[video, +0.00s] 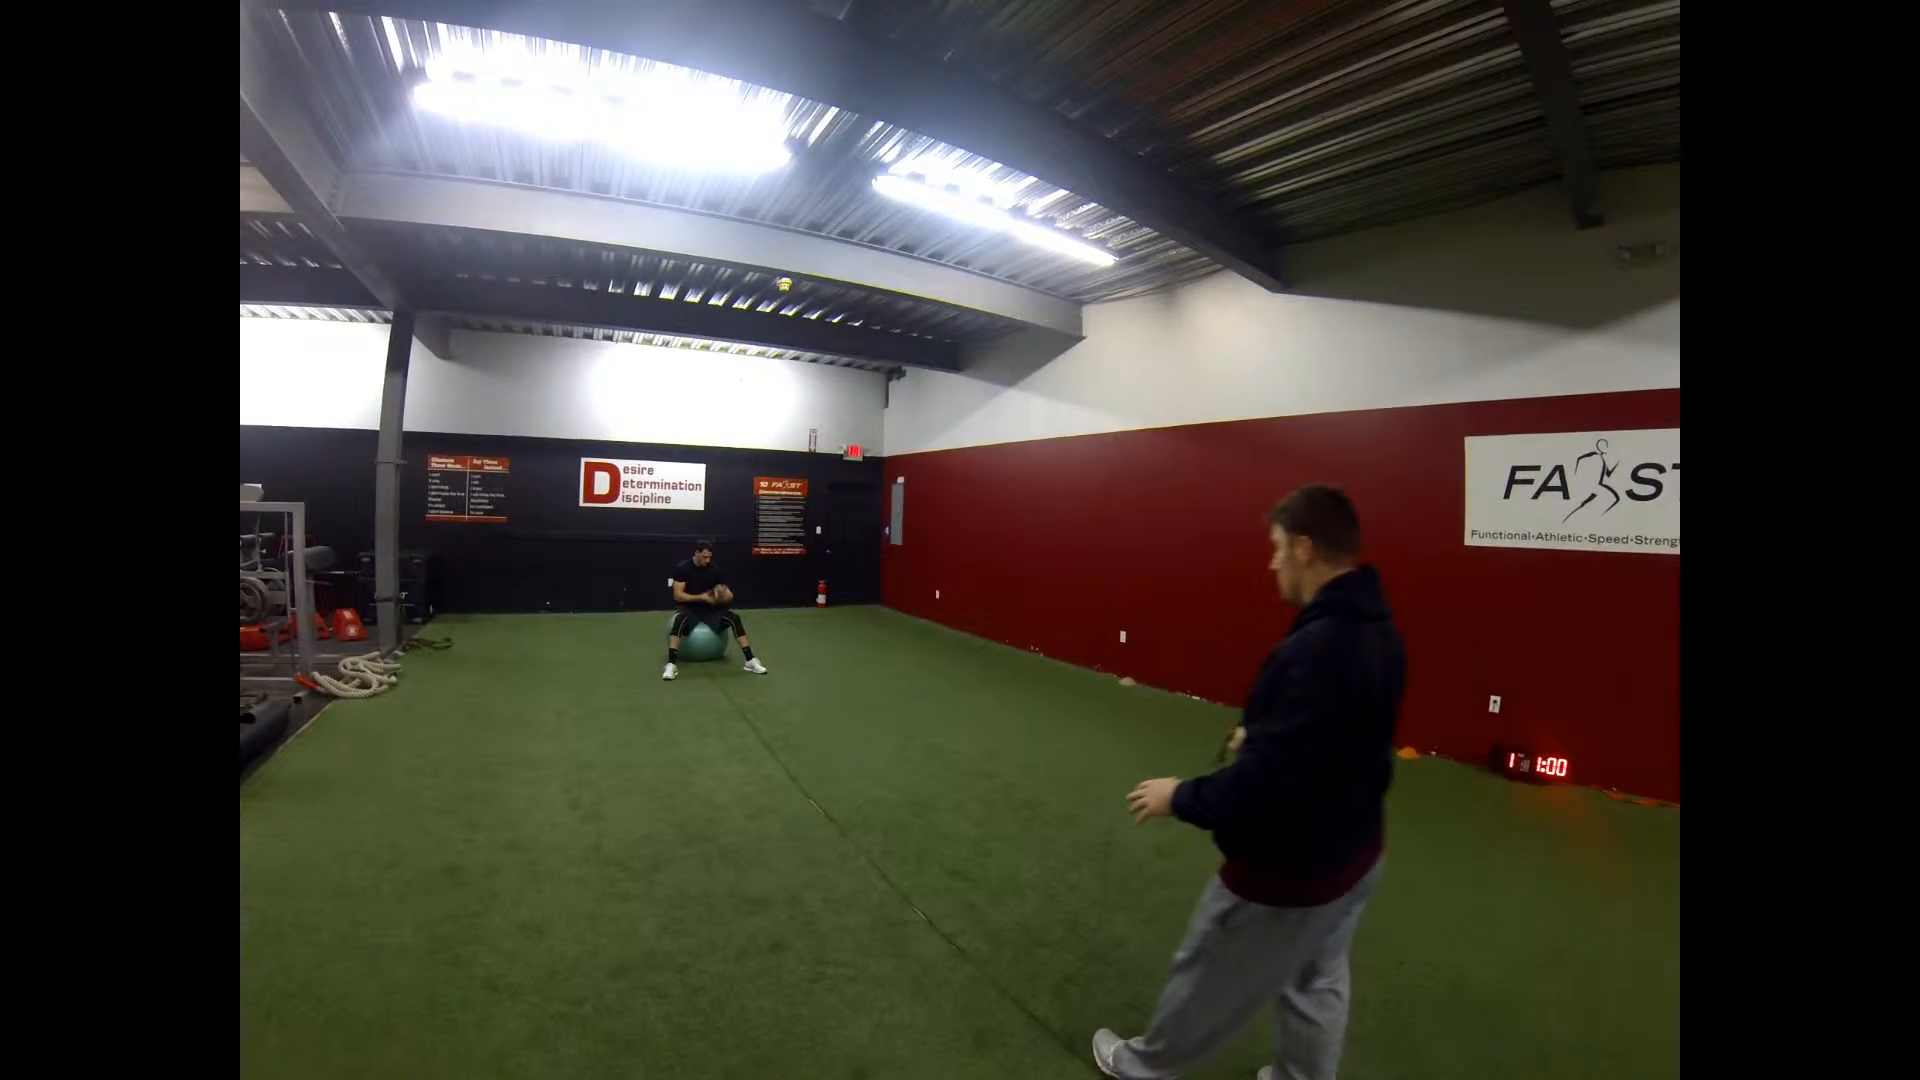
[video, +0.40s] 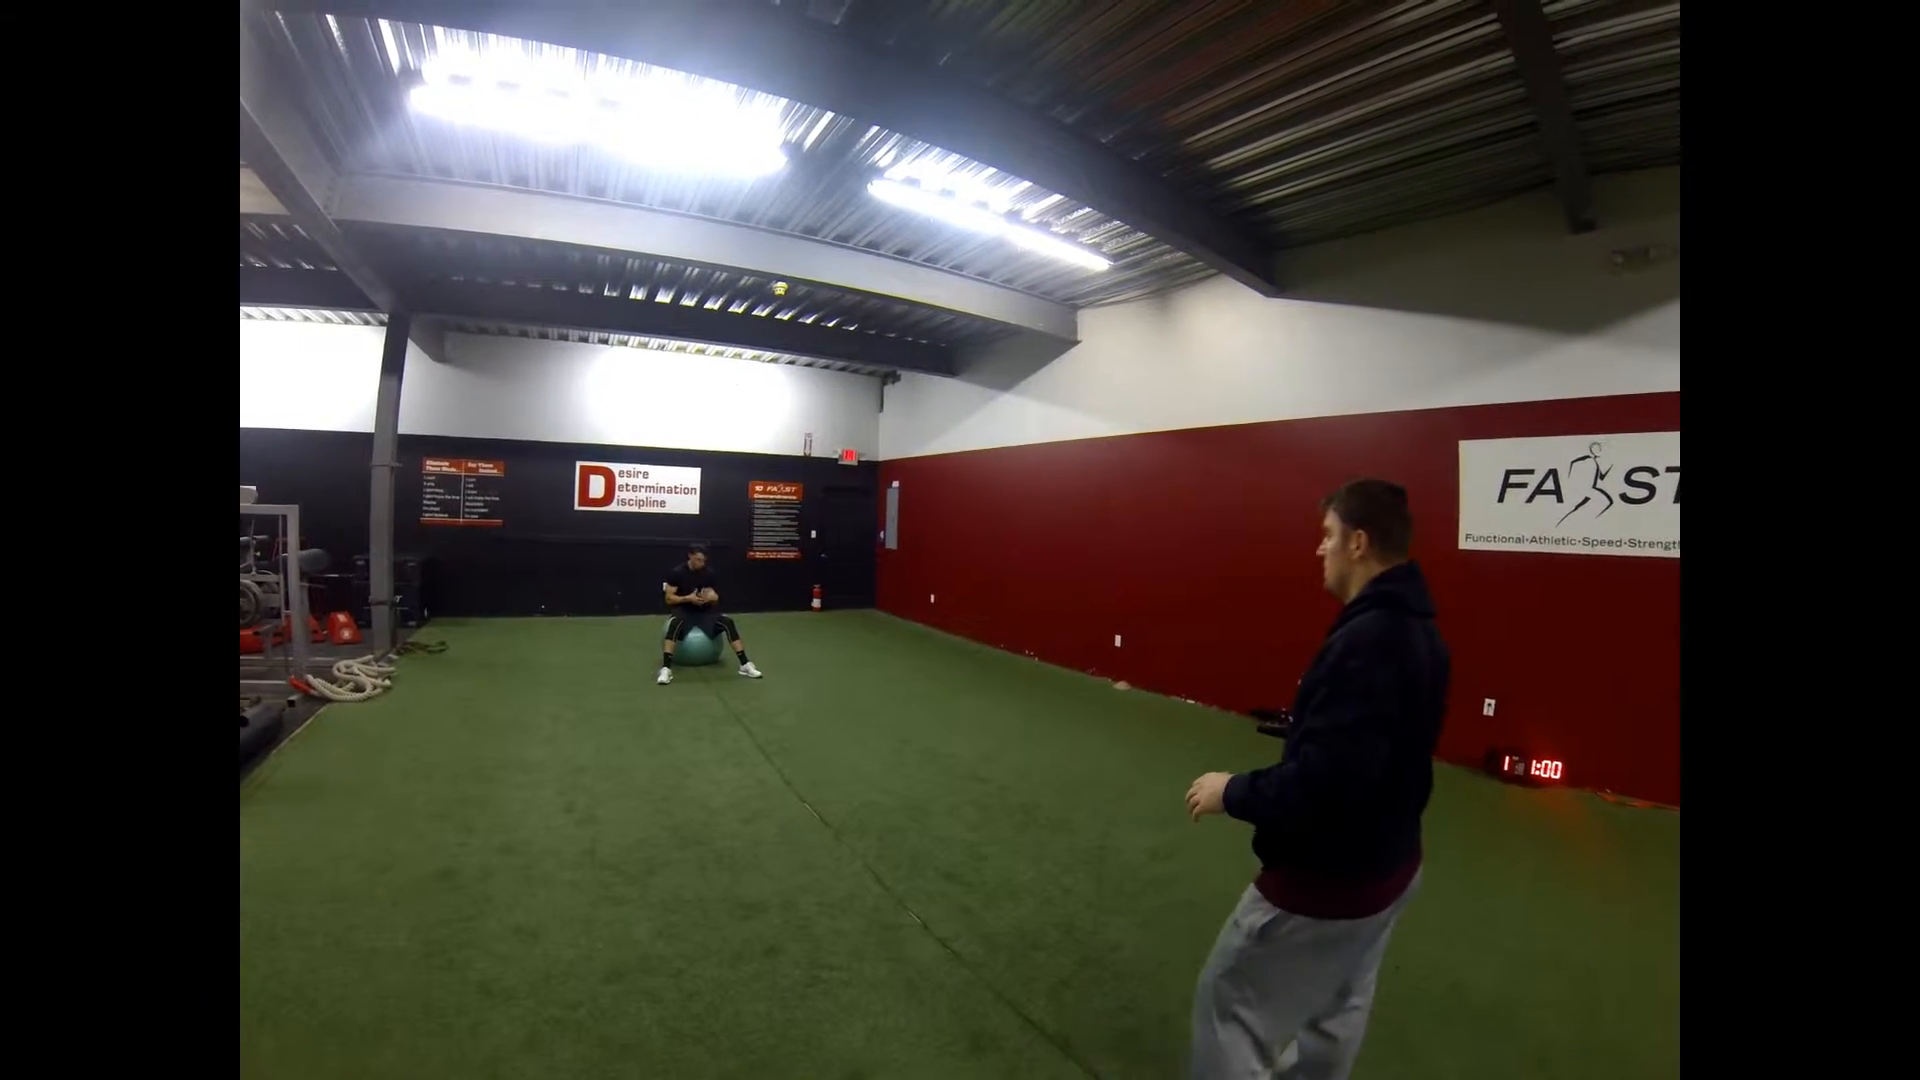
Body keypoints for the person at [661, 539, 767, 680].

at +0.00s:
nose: (707, 561)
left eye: (709, 557)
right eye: (705, 557)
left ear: (712, 556)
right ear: (696, 553)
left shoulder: (714, 569)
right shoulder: (683, 568)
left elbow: (727, 593)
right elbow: (678, 595)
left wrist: (724, 596)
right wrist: (703, 597)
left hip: (711, 607)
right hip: (690, 608)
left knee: (734, 618)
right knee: (679, 620)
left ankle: (750, 660)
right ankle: (671, 664)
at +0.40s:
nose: (700, 563)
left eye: (703, 560)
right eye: (698, 559)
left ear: (705, 560)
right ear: (690, 557)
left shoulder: (708, 573)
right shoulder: (677, 573)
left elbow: (716, 598)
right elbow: (669, 598)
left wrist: (712, 597)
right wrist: (689, 598)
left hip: (704, 612)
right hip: (684, 613)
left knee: (728, 622)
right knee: (674, 623)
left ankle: (745, 664)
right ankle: (666, 668)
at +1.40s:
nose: (694, 543)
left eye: (697, 540)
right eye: (691, 540)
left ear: (702, 543)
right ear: (687, 543)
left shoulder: (711, 564)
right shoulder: (679, 563)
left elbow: (718, 589)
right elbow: (675, 584)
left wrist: (705, 589)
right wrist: (696, 579)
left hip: (708, 607)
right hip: (686, 606)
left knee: (730, 616)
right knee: (677, 617)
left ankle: (744, 660)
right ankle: (666, 663)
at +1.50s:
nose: (695, 547)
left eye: (698, 544)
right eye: (692, 544)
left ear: (702, 547)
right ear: (687, 546)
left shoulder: (710, 568)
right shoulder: (679, 568)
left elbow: (717, 593)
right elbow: (673, 595)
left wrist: (708, 599)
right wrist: (691, 594)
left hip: (707, 608)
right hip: (686, 609)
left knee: (729, 617)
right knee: (676, 618)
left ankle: (743, 660)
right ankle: (664, 663)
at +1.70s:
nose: (695, 553)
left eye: (697, 550)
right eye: (691, 550)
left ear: (701, 553)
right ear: (686, 552)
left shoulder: (708, 572)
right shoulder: (676, 572)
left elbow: (714, 595)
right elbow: (667, 598)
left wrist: (709, 604)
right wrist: (683, 605)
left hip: (703, 613)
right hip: (684, 613)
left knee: (725, 620)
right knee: (673, 621)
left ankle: (742, 663)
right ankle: (663, 666)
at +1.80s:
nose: (693, 553)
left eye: (696, 550)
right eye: (690, 550)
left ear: (699, 553)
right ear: (684, 552)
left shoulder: (705, 572)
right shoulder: (674, 571)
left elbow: (711, 595)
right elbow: (664, 596)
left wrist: (707, 604)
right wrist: (678, 606)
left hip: (699, 612)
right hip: (680, 612)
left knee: (723, 622)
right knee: (671, 622)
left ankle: (740, 664)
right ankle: (661, 667)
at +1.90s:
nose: (691, 554)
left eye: (694, 551)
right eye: (688, 551)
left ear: (698, 554)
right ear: (683, 552)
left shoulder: (703, 572)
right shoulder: (673, 572)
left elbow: (710, 596)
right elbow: (662, 597)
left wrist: (704, 604)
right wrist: (676, 607)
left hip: (698, 614)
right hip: (678, 614)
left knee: (721, 623)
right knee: (670, 624)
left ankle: (738, 665)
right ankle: (660, 668)